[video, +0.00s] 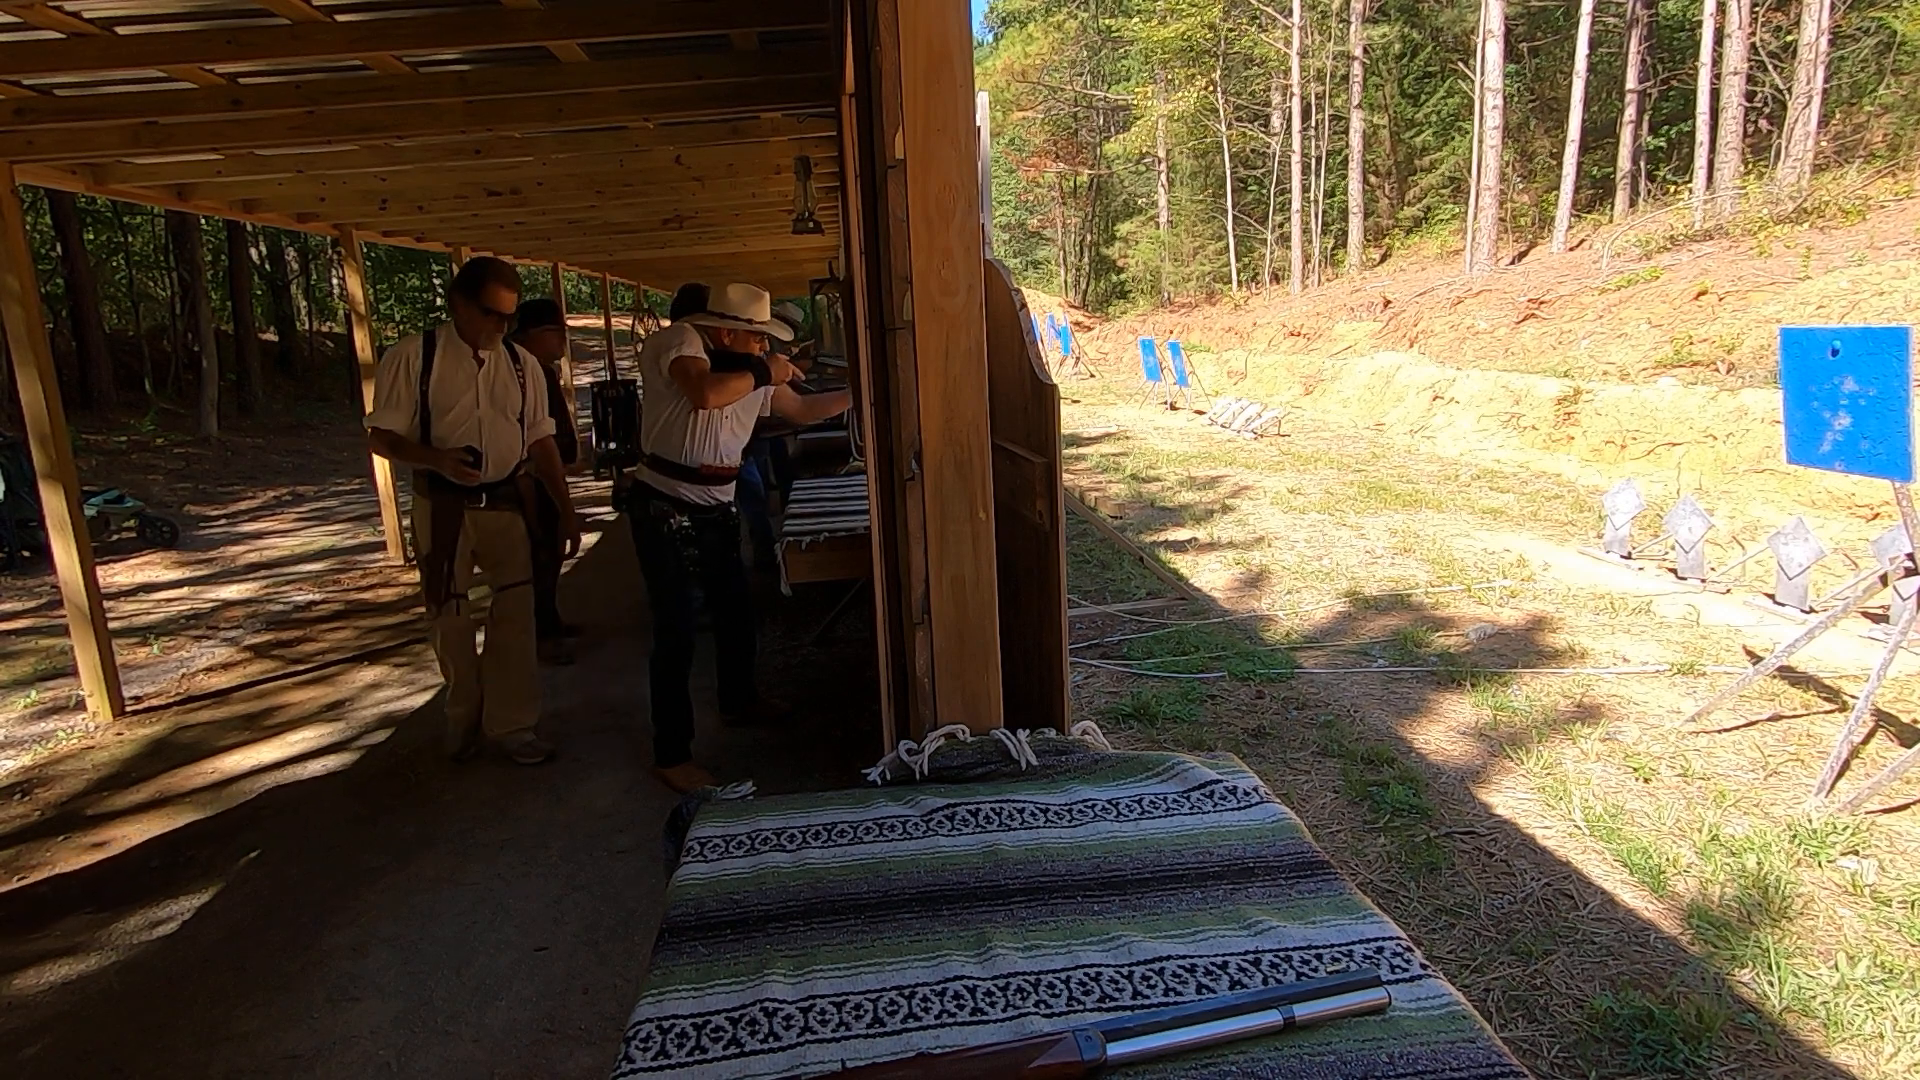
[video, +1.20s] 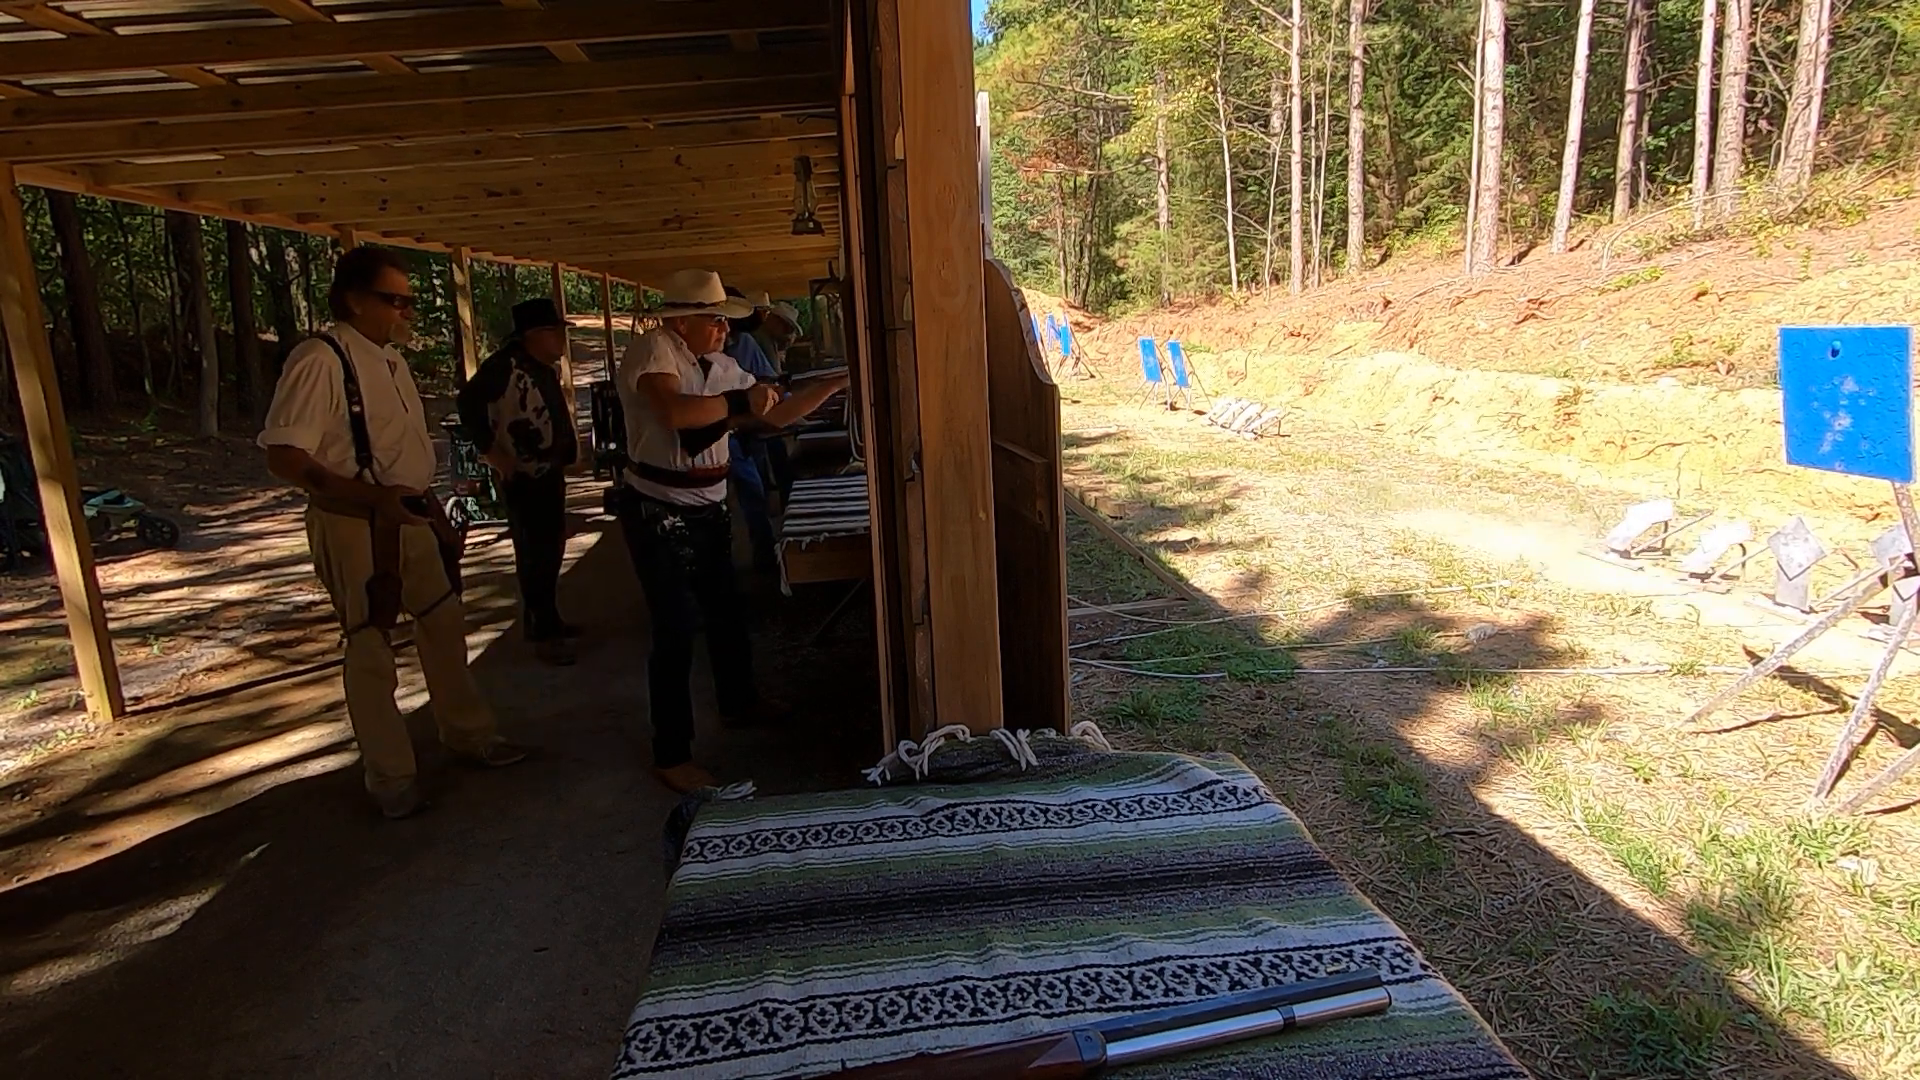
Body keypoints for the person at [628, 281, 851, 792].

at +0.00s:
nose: (762, 345)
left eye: (764, 337)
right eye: (756, 337)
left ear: (745, 335)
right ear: (724, 331)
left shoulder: (750, 367)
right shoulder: (678, 338)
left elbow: (802, 409)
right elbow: (705, 393)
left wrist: (860, 392)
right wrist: (766, 371)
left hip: (718, 511)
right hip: (663, 508)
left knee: (736, 614)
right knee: (675, 631)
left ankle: (740, 708)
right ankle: (673, 757)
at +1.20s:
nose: (723, 330)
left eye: (724, 321)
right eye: (714, 321)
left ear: (717, 321)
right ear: (682, 321)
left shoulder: (720, 363)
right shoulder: (651, 349)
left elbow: (773, 415)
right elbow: (671, 412)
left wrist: (834, 383)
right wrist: (740, 404)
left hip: (709, 511)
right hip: (656, 512)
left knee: (727, 615)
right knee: (674, 629)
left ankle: (741, 710)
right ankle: (672, 756)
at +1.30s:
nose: (725, 330)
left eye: (726, 321)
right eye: (715, 321)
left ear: (721, 322)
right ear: (681, 318)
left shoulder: (720, 363)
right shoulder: (645, 362)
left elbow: (758, 425)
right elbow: (640, 444)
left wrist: (798, 394)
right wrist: (702, 416)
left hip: (718, 511)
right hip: (666, 514)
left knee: (731, 617)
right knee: (681, 630)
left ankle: (740, 710)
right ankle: (673, 756)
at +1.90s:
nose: (718, 345)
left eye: (721, 335)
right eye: (708, 335)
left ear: (719, 329)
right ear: (679, 327)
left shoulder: (724, 360)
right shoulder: (646, 363)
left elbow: (769, 412)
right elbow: (657, 436)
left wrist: (818, 400)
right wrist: (723, 399)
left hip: (734, 507)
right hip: (679, 514)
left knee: (744, 614)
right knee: (688, 630)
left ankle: (741, 707)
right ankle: (674, 756)